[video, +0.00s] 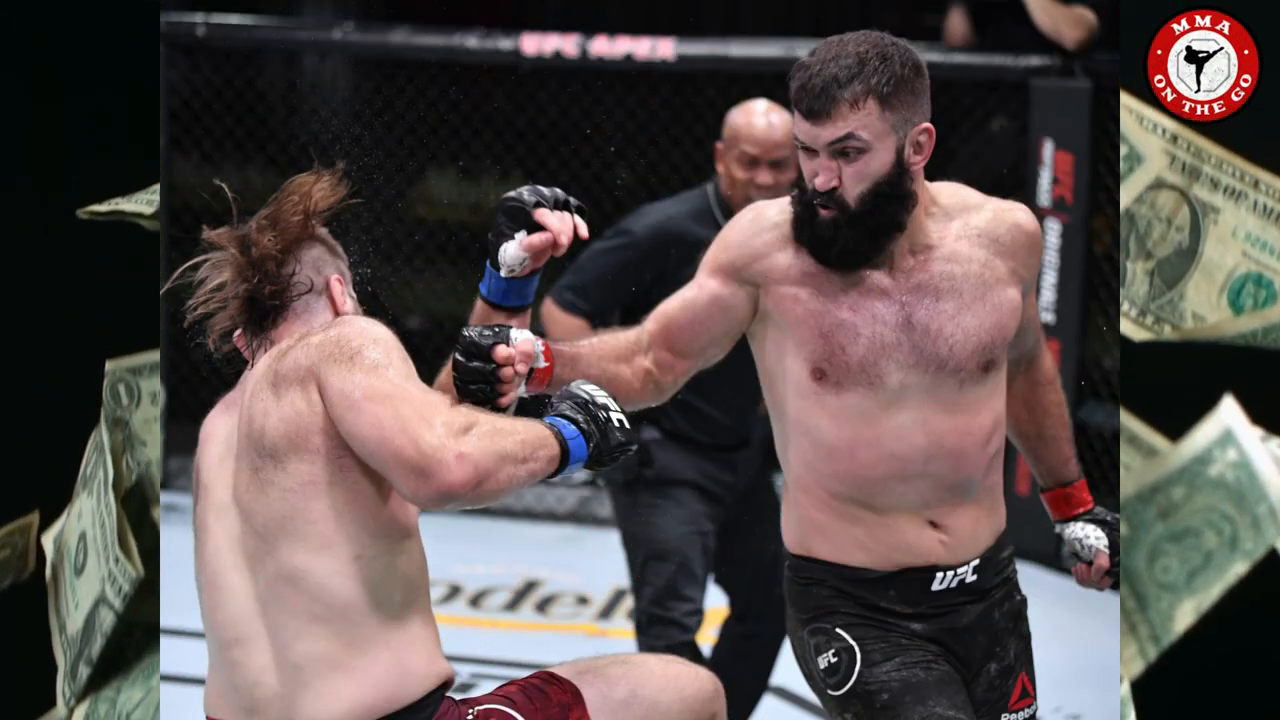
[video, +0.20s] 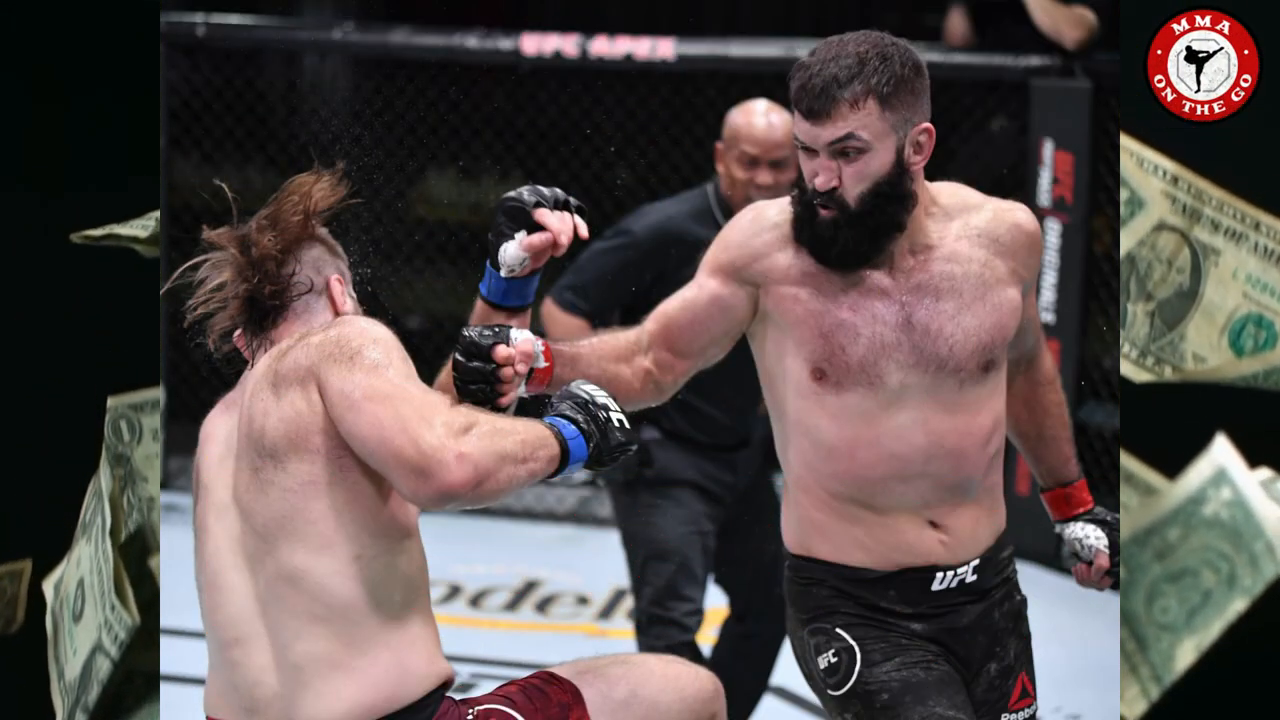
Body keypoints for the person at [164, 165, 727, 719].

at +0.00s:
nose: (363, 308)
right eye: (356, 290)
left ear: (243, 346)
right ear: (340, 290)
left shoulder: (217, 427)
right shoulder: (344, 346)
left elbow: (444, 429)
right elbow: (446, 466)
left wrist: (508, 283)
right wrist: (576, 430)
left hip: (239, 712)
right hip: (396, 708)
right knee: (691, 687)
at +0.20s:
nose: (364, 307)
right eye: (356, 290)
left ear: (242, 344)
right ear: (340, 291)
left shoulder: (217, 427)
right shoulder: (344, 346)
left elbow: (443, 431)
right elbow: (446, 467)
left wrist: (508, 284)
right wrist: (576, 432)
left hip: (240, 714)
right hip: (395, 709)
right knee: (691, 688)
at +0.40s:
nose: (362, 307)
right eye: (355, 289)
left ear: (243, 345)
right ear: (340, 290)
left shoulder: (217, 427)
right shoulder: (344, 346)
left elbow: (443, 431)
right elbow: (446, 467)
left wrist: (508, 284)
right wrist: (576, 431)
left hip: (239, 713)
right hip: (396, 709)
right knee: (691, 687)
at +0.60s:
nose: (363, 308)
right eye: (356, 290)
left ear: (243, 346)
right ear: (340, 290)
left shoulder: (217, 428)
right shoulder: (344, 346)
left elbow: (444, 429)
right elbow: (446, 466)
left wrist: (508, 283)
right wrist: (576, 430)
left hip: (238, 713)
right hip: (396, 708)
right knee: (691, 687)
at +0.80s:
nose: (363, 308)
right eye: (355, 290)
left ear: (243, 345)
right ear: (340, 291)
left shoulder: (216, 428)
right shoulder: (343, 347)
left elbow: (446, 427)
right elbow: (447, 467)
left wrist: (508, 283)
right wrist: (577, 430)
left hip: (238, 713)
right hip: (396, 709)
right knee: (691, 687)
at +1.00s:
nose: (364, 309)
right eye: (357, 292)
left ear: (242, 343)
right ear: (339, 292)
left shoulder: (217, 426)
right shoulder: (343, 346)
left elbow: (445, 427)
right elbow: (447, 467)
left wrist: (508, 283)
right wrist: (576, 430)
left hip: (238, 713)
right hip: (395, 709)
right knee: (691, 687)